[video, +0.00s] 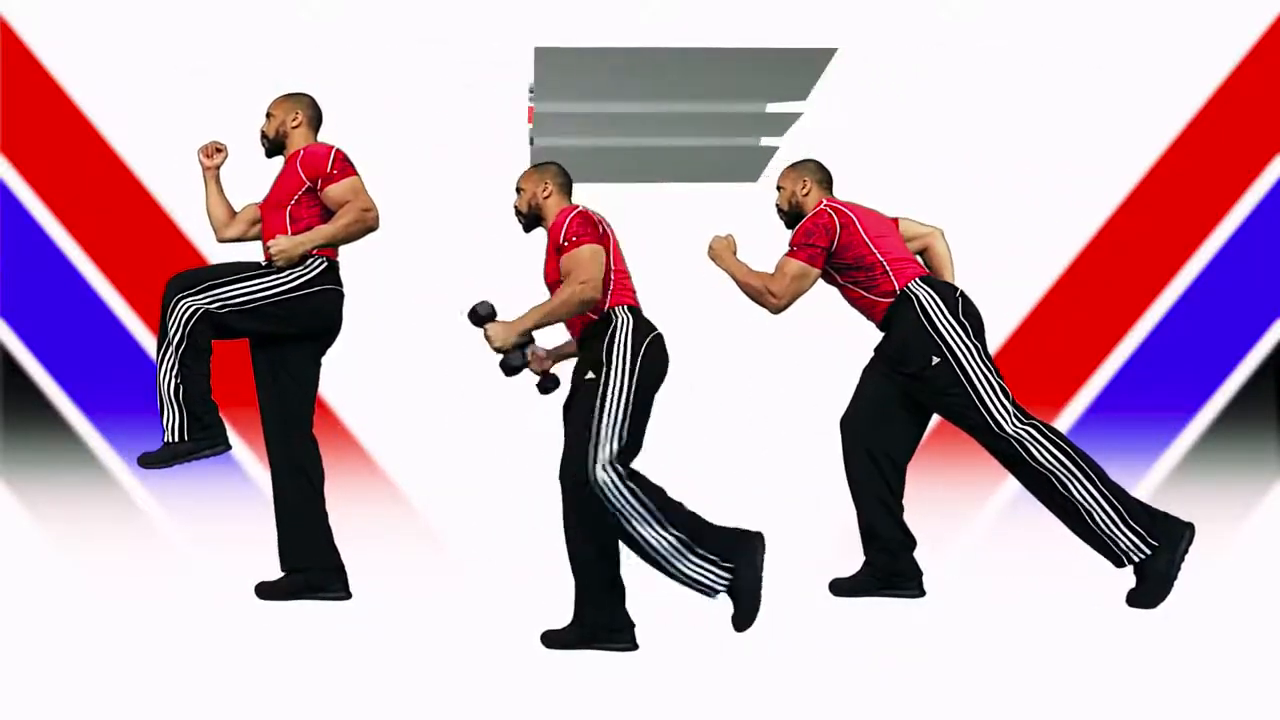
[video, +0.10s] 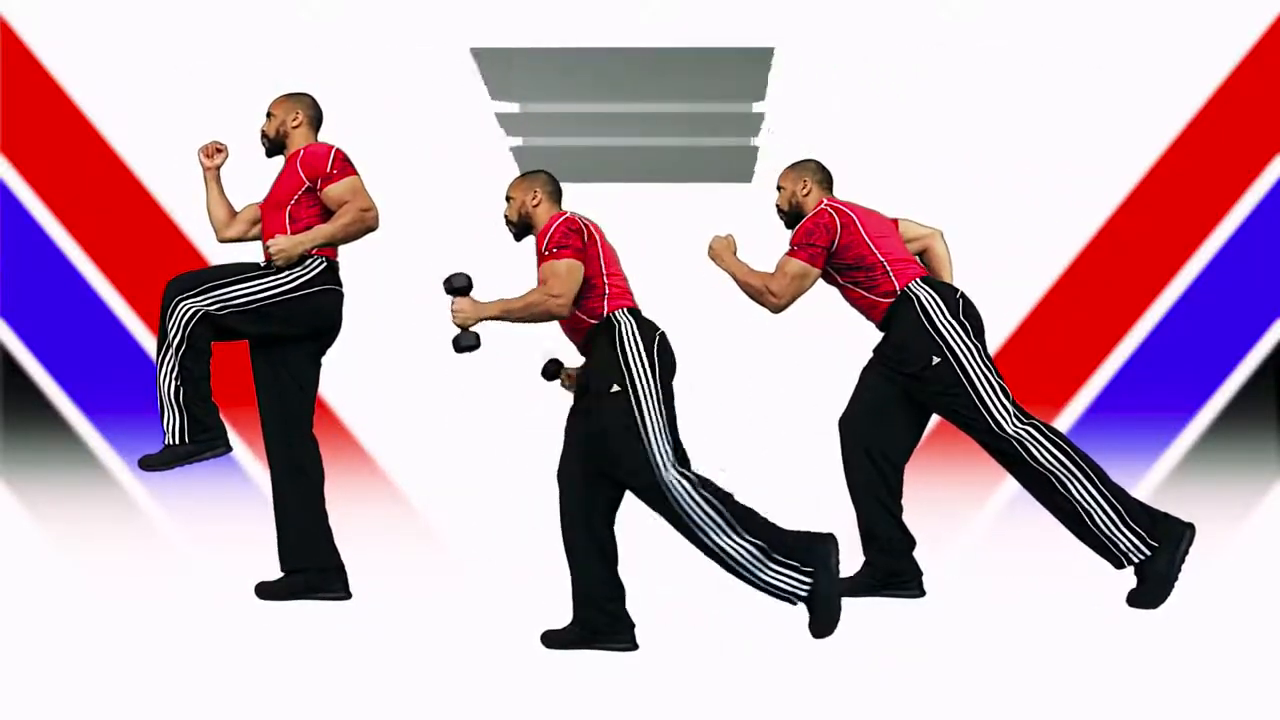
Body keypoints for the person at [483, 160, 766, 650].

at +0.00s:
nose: (517, 202)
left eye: (521, 192)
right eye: (516, 194)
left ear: (546, 188)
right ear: (549, 190)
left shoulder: (575, 220)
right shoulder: (559, 241)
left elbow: (587, 287)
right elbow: (595, 326)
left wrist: (517, 325)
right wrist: (551, 355)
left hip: (622, 341)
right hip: (598, 355)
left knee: (601, 470)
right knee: (577, 480)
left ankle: (733, 558)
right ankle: (602, 619)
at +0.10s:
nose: (505, 211)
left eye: (510, 201)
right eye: (506, 202)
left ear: (534, 196)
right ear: (541, 200)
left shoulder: (562, 226)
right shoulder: (567, 239)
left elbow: (557, 297)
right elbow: (608, 321)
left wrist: (484, 311)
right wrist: (588, 372)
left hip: (626, 345)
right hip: (605, 361)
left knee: (664, 478)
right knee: (581, 493)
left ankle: (808, 562)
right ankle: (602, 621)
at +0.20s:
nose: (497, 218)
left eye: (502, 208)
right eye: (497, 211)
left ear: (527, 204)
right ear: (531, 208)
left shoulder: (553, 234)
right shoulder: (561, 245)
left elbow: (528, 307)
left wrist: (462, 296)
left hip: (634, 348)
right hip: (609, 367)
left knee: (698, 472)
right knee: (584, 491)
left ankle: (836, 580)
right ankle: (601, 622)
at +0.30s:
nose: (494, 229)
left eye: (500, 218)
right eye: (494, 222)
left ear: (525, 213)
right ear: (531, 221)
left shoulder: (548, 245)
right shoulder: (568, 251)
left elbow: (514, 316)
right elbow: (641, 299)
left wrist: (455, 287)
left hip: (641, 353)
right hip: (618, 369)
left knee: (713, 471)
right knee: (585, 487)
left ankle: (848, 588)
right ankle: (602, 621)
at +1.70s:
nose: (498, 224)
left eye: (503, 214)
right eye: (497, 216)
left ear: (527, 210)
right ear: (529, 214)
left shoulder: (559, 237)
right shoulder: (548, 258)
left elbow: (565, 303)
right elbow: (595, 327)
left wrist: (494, 324)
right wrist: (587, 380)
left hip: (630, 351)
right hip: (605, 369)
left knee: (647, 486)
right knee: (580, 488)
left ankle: (791, 571)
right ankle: (600, 620)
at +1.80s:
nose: (508, 213)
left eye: (513, 203)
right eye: (508, 205)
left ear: (539, 200)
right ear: (541, 201)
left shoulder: (568, 227)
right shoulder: (559, 255)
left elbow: (593, 283)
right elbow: (589, 336)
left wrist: (528, 332)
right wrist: (543, 359)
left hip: (627, 345)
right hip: (607, 357)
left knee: (571, 460)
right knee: (577, 479)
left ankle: (686, 557)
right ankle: (601, 619)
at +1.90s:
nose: (517, 201)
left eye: (523, 191)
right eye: (519, 193)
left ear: (547, 189)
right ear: (548, 191)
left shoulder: (575, 215)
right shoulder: (565, 245)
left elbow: (621, 263)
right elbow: (572, 325)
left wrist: (579, 327)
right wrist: (506, 325)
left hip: (617, 335)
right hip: (618, 352)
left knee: (514, 406)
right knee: (592, 484)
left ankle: (554, 541)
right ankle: (603, 620)